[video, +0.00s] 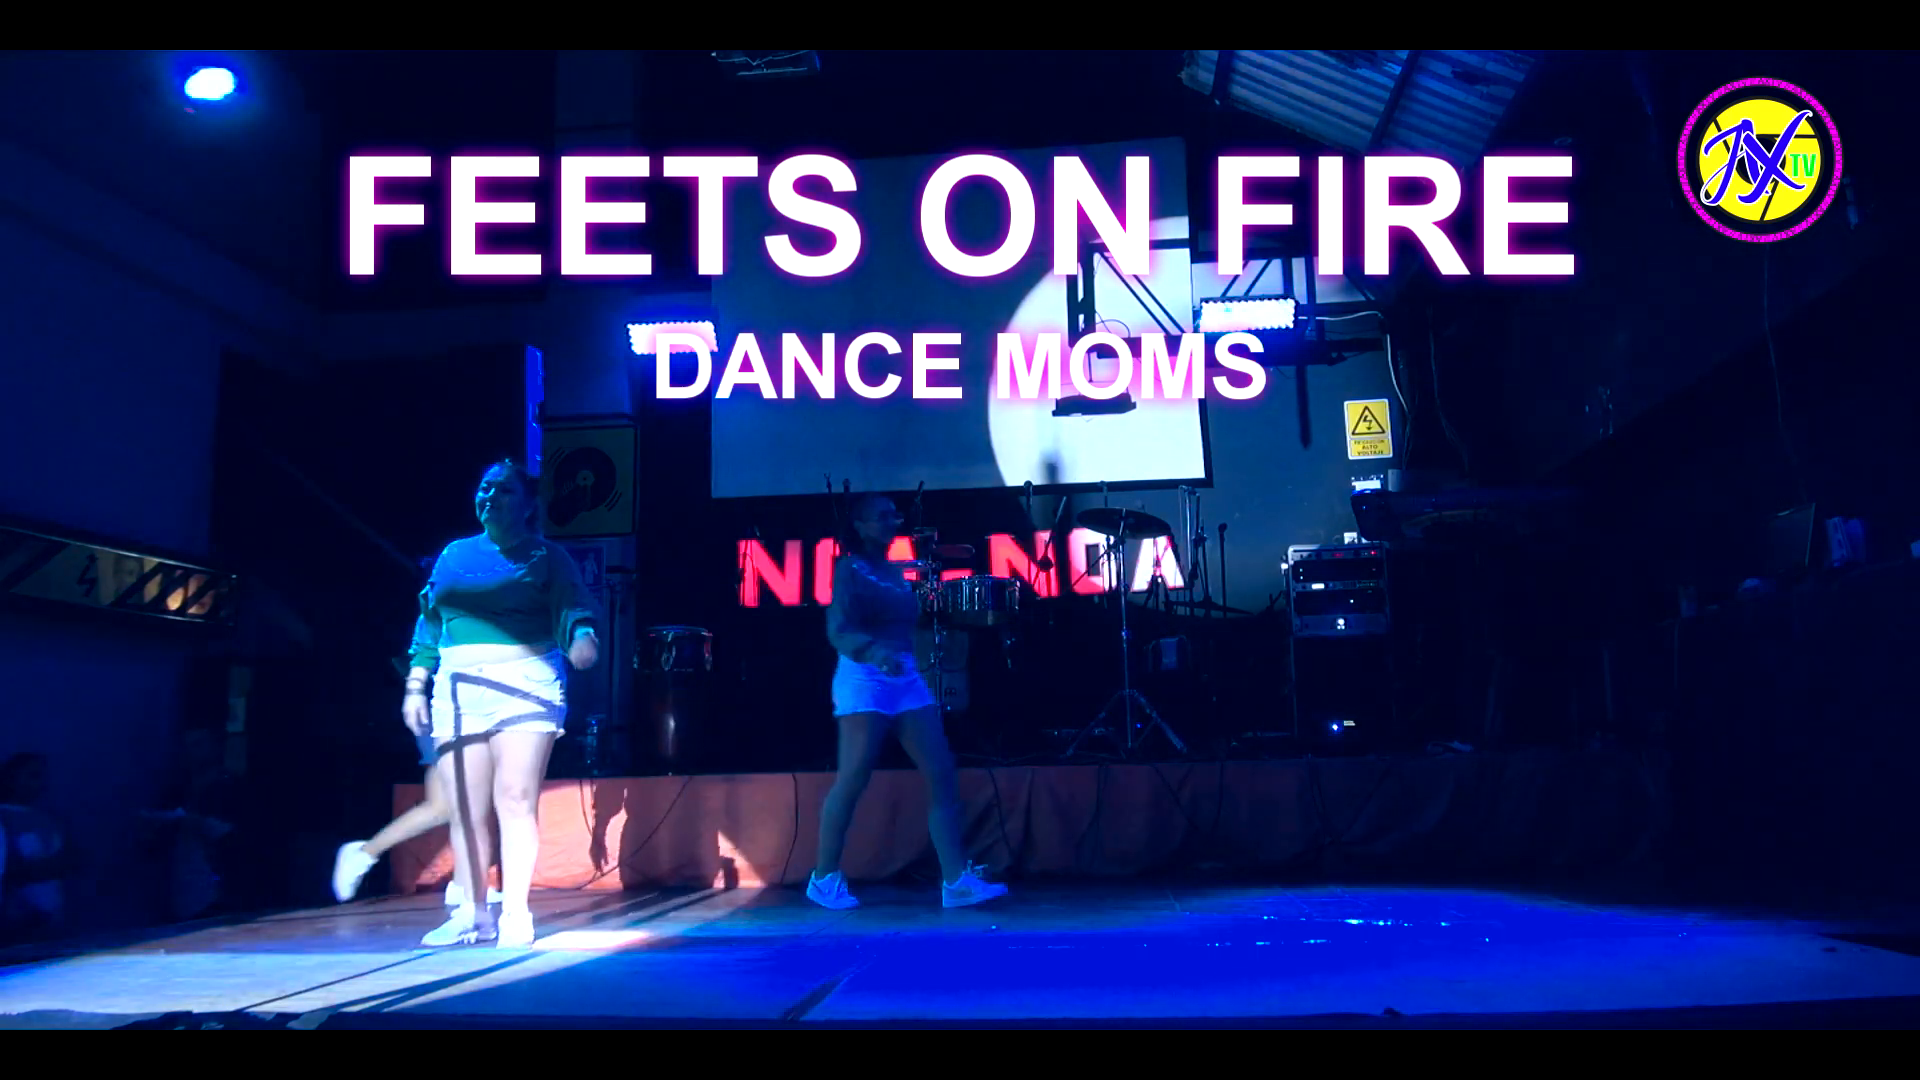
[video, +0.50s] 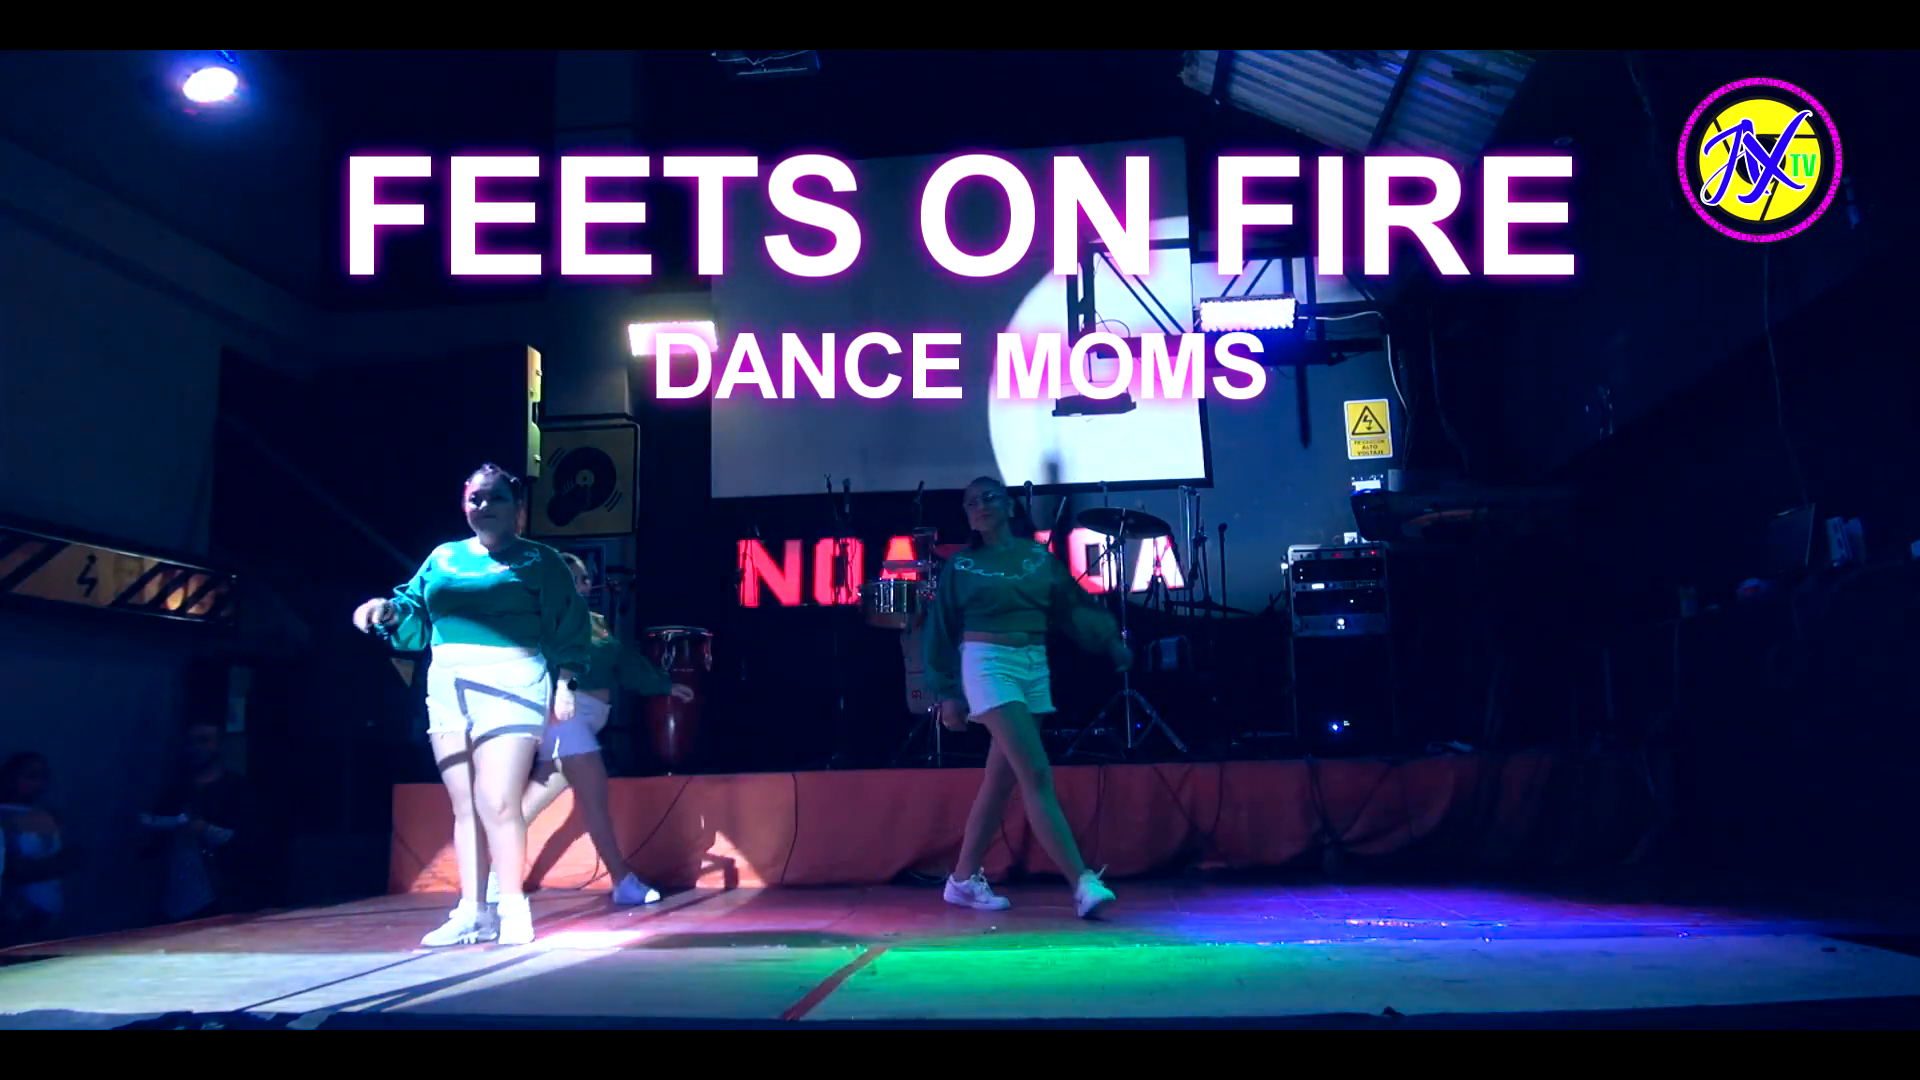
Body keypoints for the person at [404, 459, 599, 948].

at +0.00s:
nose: (488, 495)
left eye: (502, 489)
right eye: (484, 488)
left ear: (528, 503)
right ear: (475, 500)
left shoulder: (548, 558)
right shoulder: (453, 555)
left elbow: (573, 609)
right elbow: (429, 626)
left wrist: (581, 637)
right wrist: (416, 685)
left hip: (526, 684)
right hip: (459, 687)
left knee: (516, 799)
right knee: (468, 809)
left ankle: (516, 913)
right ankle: (475, 914)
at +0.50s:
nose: (480, 504)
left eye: (492, 498)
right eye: (473, 497)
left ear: (517, 508)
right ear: (463, 506)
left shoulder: (541, 563)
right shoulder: (442, 559)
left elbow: (571, 627)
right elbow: (417, 621)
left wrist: (566, 682)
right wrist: (387, 611)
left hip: (512, 688)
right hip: (447, 688)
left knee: (498, 804)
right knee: (465, 806)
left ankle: (514, 909)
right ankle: (471, 912)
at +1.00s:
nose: (489, 505)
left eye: (500, 499)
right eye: (480, 498)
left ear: (517, 508)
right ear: (466, 507)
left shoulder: (535, 554)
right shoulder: (443, 560)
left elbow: (573, 621)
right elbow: (426, 626)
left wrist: (563, 608)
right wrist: (431, 674)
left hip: (524, 682)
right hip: (454, 685)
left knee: (517, 800)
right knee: (440, 803)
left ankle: (515, 909)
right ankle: (456, 904)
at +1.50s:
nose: (473, 502)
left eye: (483, 494)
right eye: (466, 497)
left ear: (505, 506)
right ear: (456, 509)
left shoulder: (523, 563)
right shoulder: (426, 556)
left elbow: (551, 628)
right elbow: (385, 597)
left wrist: (547, 690)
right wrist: (343, 605)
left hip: (496, 681)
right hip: (429, 683)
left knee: (474, 789)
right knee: (439, 795)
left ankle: (489, 906)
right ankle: (456, 910)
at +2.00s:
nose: (467, 501)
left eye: (480, 494)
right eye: (462, 494)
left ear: (506, 509)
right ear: (455, 507)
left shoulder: (525, 558)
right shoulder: (437, 561)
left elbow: (545, 604)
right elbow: (421, 630)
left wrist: (529, 632)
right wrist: (411, 683)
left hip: (507, 686)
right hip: (440, 690)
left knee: (495, 800)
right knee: (410, 793)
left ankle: (491, 909)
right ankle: (441, 890)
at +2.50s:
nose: (461, 504)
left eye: (473, 498)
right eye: (454, 497)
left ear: (494, 510)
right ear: (443, 508)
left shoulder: (511, 567)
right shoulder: (420, 566)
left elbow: (548, 624)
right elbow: (387, 623)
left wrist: (581, 677)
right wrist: (332, 645)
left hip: (494, 681)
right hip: (429, 687)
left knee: (471, 781)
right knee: (433, 796)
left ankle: (483, 895)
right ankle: (449, 910)